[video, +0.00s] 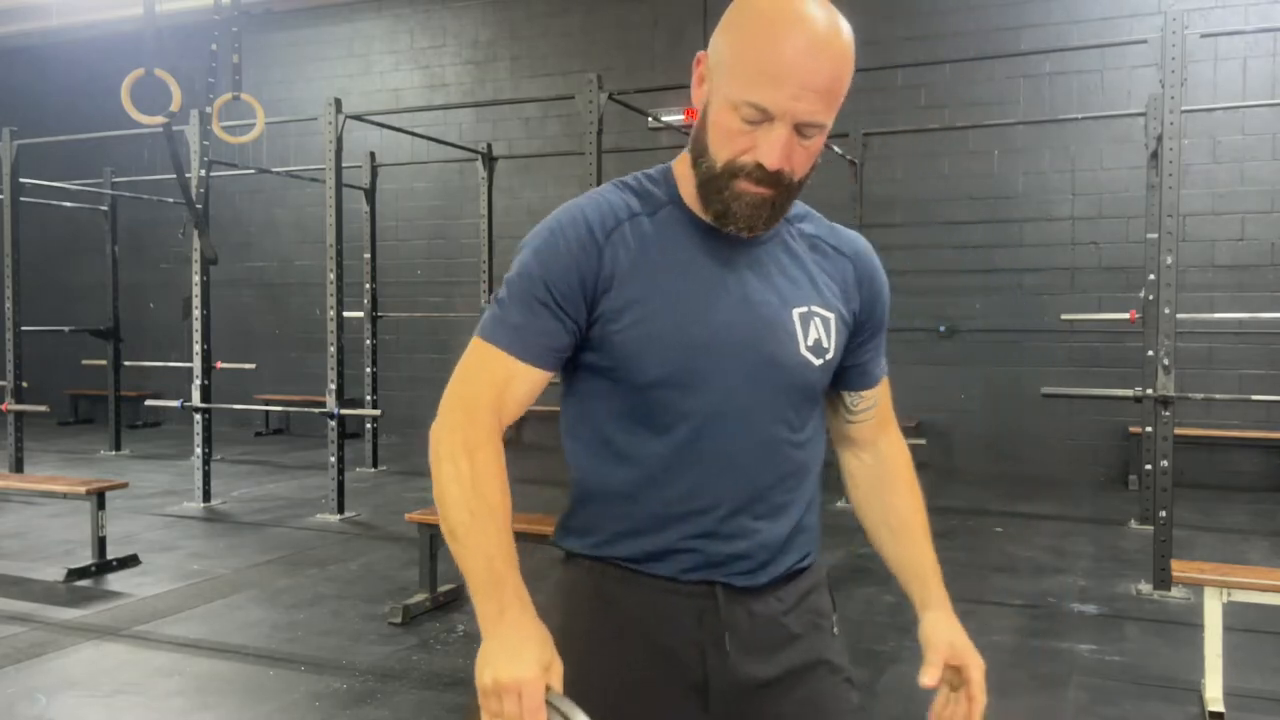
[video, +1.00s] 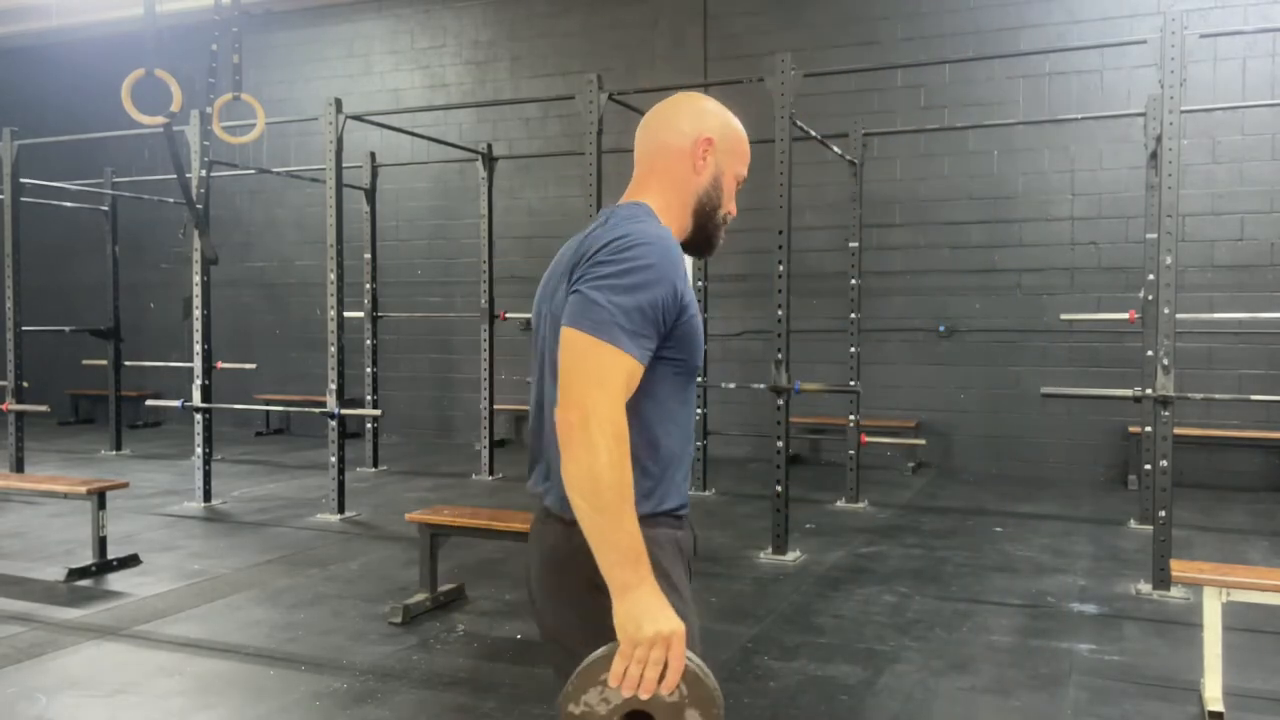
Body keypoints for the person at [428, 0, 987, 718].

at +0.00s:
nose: (774, 158)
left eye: (806, 131)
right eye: (753, 117)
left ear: (831, 127)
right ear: (701, 84)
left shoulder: (846, 270)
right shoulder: (589, 242)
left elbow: (869, 437)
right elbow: (462, 428)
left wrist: (933, 607)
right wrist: (505, 623)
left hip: (788, 627)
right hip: (620, 626)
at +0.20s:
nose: (725, 172)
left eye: (755, 147)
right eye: (706, 133)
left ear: (780, 135)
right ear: (651, 92)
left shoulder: (761, 257)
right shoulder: (535, 249)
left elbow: (763, 413)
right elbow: (444, 464)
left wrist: (810, 565)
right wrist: (483, 667)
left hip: (730, 609)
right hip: (576, 620)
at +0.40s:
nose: (753, 181)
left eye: (769, 156)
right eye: (739, 145)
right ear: (664, 103)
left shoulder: (701, 244)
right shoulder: (536, 253)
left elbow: (679, 411)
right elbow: (452, 466)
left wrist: (716, 535)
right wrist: (492, 676)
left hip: (688, 593)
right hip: (568, 613)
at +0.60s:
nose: (763, 186)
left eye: (774, 162)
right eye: (760, 154)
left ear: (692, 125)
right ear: (692, 121)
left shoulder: (653, 250)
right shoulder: (574, 245)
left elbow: (625, 432)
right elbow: (483, 452)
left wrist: (664, 560)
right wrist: (524, 652)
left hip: (651, 581)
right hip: (583, 589)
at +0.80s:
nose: (755, 199)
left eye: (762, 179)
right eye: (755, 172)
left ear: (704, 145)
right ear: (704, 141)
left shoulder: (644, 248)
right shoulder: (612, 244)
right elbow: (533, 428)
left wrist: (653, 583)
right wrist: (576, 621)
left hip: (632, 573)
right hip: (597, 580)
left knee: (629, 709)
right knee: (596, 713)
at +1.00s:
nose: (734, 206)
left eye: (740, 187)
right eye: (737, 181)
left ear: (668, 155)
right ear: (702, 154)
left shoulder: (584, 250)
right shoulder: (642, 249)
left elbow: (569, 423)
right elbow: (587, 415)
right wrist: (634, 589)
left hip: (578, 549)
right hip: (622, 555)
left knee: (611, 702)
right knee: (650, 705)